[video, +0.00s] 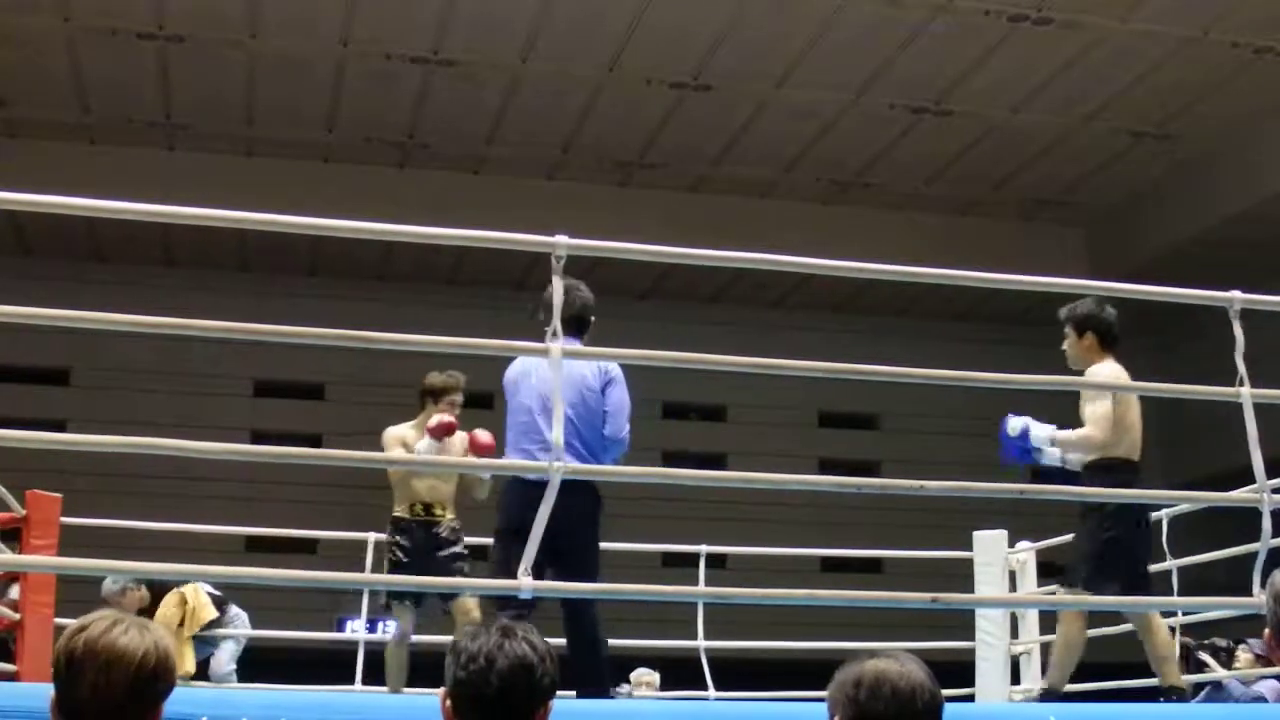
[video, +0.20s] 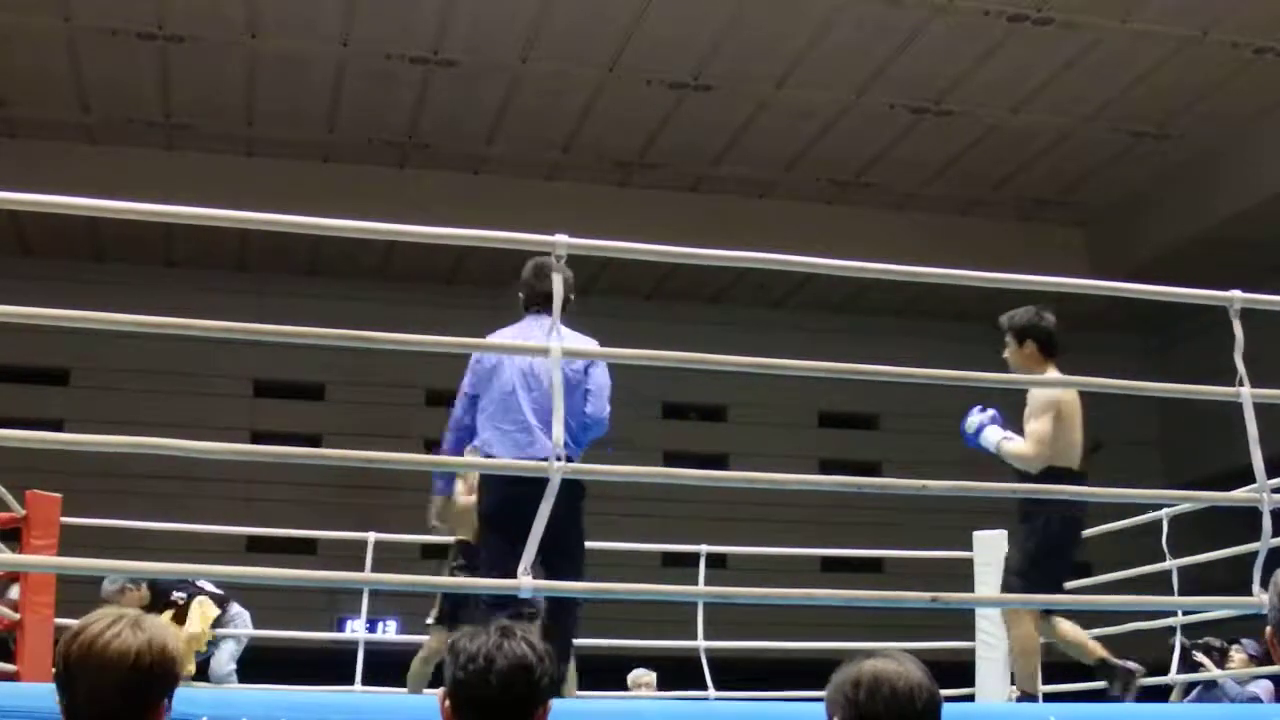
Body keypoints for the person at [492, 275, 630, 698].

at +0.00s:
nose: (539, 318)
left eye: (542, 312)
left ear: (542, 318)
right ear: (588, 323)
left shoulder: (517, 369)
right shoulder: (606, 370)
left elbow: (517, 422)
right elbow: (616, 434)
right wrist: (596, 465)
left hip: (521, 491)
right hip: (578, 494)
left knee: (511, 593)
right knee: (579, 596)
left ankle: (503, 697)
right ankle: (594, 696)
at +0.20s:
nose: (569, 300)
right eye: (570, 294)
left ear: (523, 296)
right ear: (568, 298)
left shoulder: (492, 343)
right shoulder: (584, 347)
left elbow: (462, 418)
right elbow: (597, 414)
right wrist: (568, 448)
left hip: (499, 477)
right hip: (557, 479)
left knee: (497, 577)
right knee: (564, 579)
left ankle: (493, 676)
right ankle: (551, 679)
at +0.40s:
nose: (558, 290)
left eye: (556, 283)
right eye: (555, 283)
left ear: (502, 287)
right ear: (544, 288)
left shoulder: (464, 331)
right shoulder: (563, 336)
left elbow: (426, 371)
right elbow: (579, 409)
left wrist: (391, 417)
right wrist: (573, 440)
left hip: (478, 468)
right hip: (541, 467)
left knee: (484, 566)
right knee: (551, 558)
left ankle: (480, 661)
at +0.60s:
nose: (541, 285)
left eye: (542, 278)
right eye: (540, 277)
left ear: (489, 274)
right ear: (525, 274)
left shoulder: (441, 320)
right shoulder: (540, 324)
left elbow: (410, 389)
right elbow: (550, 405)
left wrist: (392, 453)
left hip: (447, 455)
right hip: (508, 454)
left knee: (464, 563)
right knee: (496, 565)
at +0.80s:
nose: (518, 262)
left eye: (519, 254)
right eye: (517, 253)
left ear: (464, 246)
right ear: (500, 248)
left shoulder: (413, 296)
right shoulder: (506, 288)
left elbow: (401, 377)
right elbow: (529, 368)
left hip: (416, 435)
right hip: (475, 434)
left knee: (426, 557)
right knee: (476, 556)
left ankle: (413, 673)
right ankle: (471, 679)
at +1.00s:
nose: (469, 253)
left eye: (472, 245)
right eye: (469, 245)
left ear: (417, 234)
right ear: (452, 236)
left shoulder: (371, 287)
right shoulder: (458, 280)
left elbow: (386, 365)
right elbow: (492, 361)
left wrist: (450, 409)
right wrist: (472, 294)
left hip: (375, 438)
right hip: (434, 437)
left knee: (370, 565)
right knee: (451, 568)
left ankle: (311, 671)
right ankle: (478, 683)